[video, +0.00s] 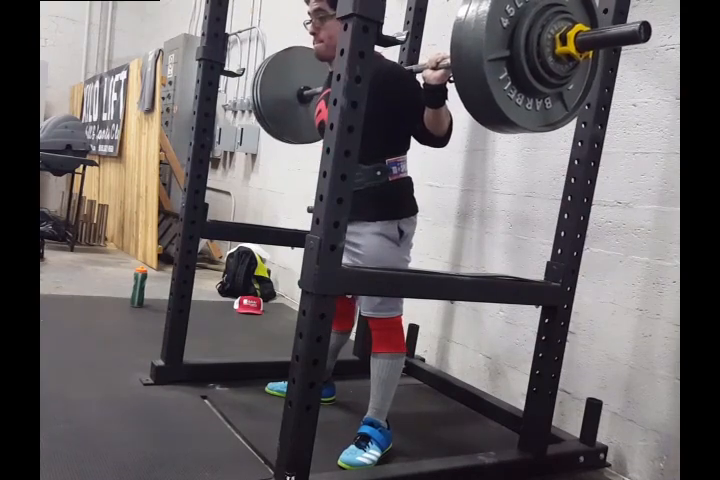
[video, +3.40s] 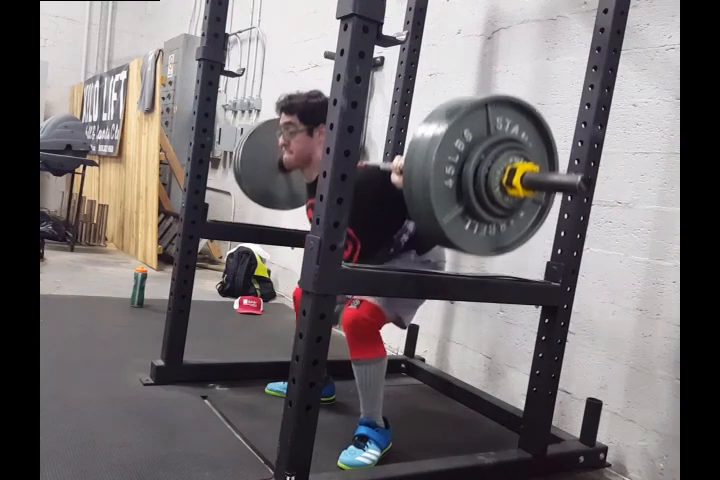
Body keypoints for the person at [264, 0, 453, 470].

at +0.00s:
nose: (312, 32)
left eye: (319, 21)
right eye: (310, 23)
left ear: (349, 22)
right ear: (331, 27)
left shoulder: (391, 78)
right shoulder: (333, 80)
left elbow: (438, 136)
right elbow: (325, 126)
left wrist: (435, 88)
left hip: (382, 217)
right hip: (335, 213)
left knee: (382, 312)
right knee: (332, 302)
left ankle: (376, 424)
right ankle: (318, 380)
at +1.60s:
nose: (300, 80)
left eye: (310, 72)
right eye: (301, 71)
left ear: (339, 79)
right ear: (315, 80)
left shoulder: (376, 134)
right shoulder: (321, 136)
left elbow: (430, 185)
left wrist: (423, 147)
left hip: (404, 243)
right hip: (353, 242)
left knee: (364, 325)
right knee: (302, 298)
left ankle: (374, 429)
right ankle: (315, 381)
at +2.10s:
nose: (281, 149)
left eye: (291, 141)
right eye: (281, 140)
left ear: (322, 150)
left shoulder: (360, 198)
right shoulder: (305, 194)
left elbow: (415, 238)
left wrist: (406, 211)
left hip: (401, 280)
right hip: (350, 277)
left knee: (352, 329)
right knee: (287, 302)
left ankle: (372, 430)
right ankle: (316, 382)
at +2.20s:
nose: (278, 159)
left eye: (287, 150)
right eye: (278, 149)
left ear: (318, 158)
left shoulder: (359, 208)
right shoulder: (304, 205)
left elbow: (416, 248)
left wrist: (404, 218)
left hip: (399, 284)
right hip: (350, 281)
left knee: (352, 330)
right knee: (285, 301)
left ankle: (372, 430)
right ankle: (316, 382)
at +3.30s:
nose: (279, 152)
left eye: (288, 142)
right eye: (278, 142)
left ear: (319, 147)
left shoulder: (359, 190)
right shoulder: (313, 195)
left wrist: (406, 184)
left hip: (414, 261)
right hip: (366, 264)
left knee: (358, 319)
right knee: (300, 297)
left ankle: (373, 428)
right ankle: (316, 381)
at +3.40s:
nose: (281, 142)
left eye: (290, 132)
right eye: (280, 132)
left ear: (321, 137)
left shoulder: (360, 180)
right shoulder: (316, 187)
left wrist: (408, 174)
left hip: (413, 253)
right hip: (366, 256)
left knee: (359, 319)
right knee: (305, 298)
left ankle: (373, 428)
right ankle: (316, 380)